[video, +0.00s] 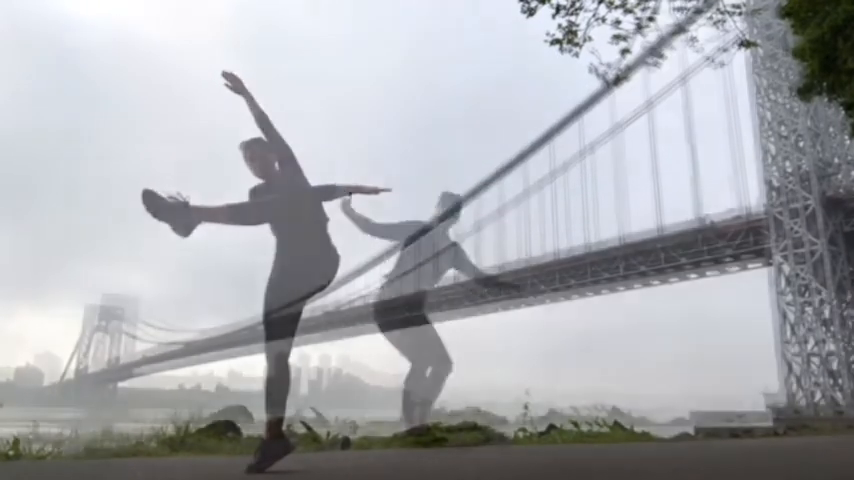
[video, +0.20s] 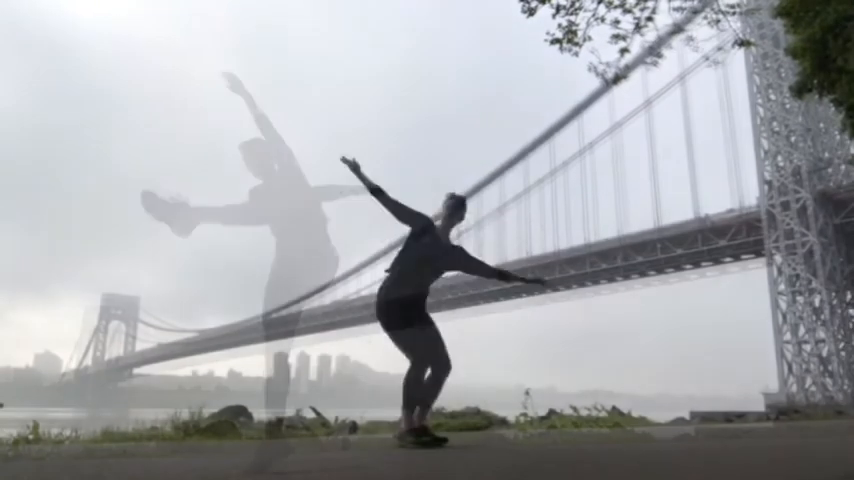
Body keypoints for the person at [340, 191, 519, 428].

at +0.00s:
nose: (451, 218)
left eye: (455, 213)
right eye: (449, 212)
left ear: (455, 218)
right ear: (441, 210)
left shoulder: (451, 250)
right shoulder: (417, 229)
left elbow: (479, 276)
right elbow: (373, 228)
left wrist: (516, 290)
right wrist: (347, 209)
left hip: (411, 309)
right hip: (391, 307)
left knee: (442, 364)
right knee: (422, 362)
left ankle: (417, 422)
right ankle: (415, 423)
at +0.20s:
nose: (452, 215)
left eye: (457, 212)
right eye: (450, 209)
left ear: (459, 218)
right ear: (443, 211)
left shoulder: (453, 253)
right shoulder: (422, 226)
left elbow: (491, 272)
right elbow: (384, 200)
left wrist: (526, 280)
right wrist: (359, 174)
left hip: (413, 308)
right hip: (395, 306)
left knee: (439, 365)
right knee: (421, 361)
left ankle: (417, 424)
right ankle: (409, 426)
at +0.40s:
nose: (452, 207)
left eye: (458, 205)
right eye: (451, 201)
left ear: (461, 213)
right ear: (442, 203)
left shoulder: (452, 240)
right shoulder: (424, 217)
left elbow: (489, 226)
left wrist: (497, 192)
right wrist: (463, 158)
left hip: (415, 301)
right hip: (393, 296)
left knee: (434, 360)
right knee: (416, 356)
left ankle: (418, 423)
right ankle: (403, 426)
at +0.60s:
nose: (462, 279)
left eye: (468, 281)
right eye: (463, 273)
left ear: (469, 287)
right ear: (457, 269)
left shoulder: (453, 305)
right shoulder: (434, 276)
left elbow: (496, 298)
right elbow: (467, 240)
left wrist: (508, 262)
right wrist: (504, 251)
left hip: (400, 350)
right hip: (378, 344)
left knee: (452, 374)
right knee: (433, 373)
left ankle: (419, 427)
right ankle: (405, 430)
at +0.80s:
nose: (448, 220)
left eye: (453, 220)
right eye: (447, 214)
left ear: (453, 227)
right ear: (436, 212)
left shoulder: (443, 247)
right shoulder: (414, 226)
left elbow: (476, 230)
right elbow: (421, 184)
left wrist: (503, 203)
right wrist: (442, 151)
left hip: (418, 311)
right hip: (394, 308)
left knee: (449, 369)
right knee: (426, 365)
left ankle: (418, 425)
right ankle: (404, 429)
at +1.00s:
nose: (404, 188)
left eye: (405, 183)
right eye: (400, 184)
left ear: (406, 187)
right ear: (393, 190)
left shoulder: (412, 209)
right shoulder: (403, 211)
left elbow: (436, 182)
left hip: (427, 293)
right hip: (415, 293)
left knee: (420, 361)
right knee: (413, 360)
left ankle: (416, 424)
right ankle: (403, 428)